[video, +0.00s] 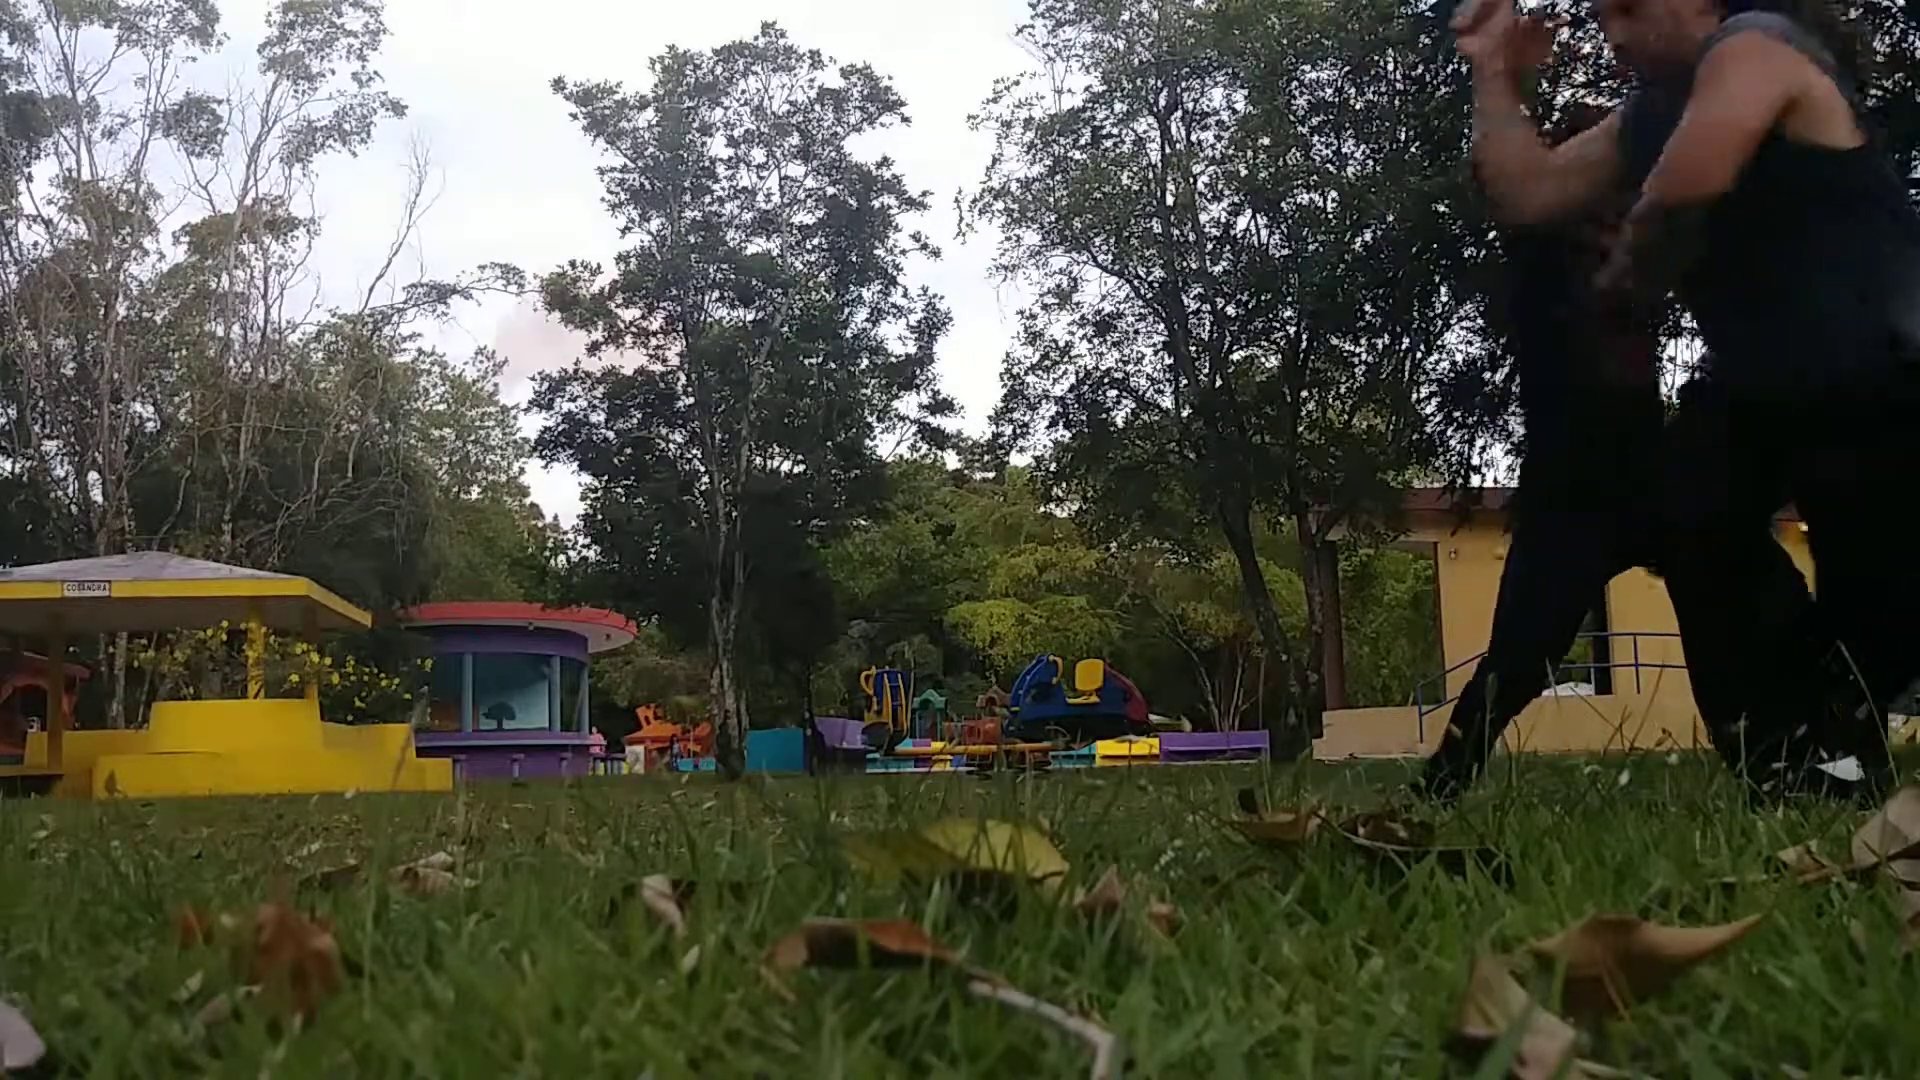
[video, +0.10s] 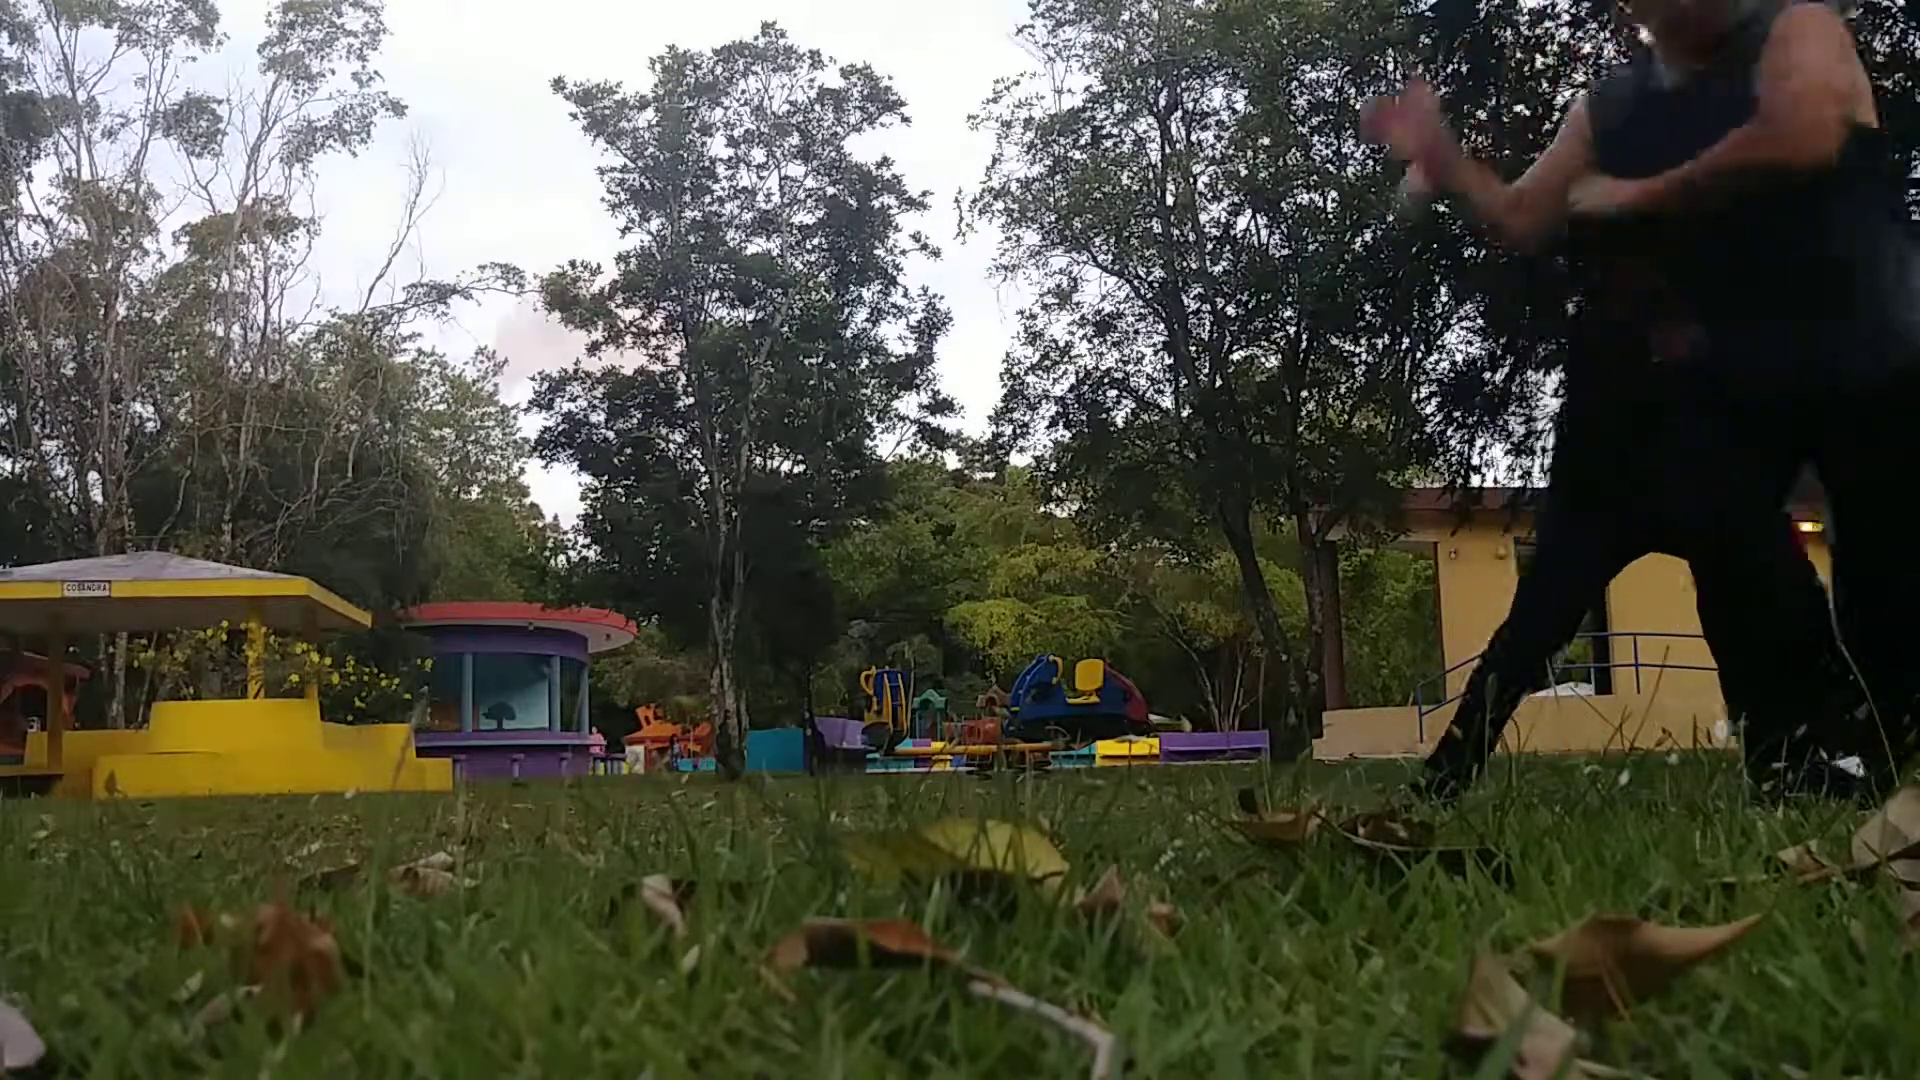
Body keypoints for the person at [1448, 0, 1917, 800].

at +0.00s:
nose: (1611, 35)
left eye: (1622, 14)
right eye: (1606, 21)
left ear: (1687, 3)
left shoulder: (1759, 48)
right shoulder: (1660, 110)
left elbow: (1687, 180)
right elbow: (1525, 191)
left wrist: (1635, 261)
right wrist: (1494, 75)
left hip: (1866, 374)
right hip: (1755, 381)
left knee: (1876, 591)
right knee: (1690, 518)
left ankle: (1839, 746)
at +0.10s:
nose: (1675, 0)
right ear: (1630, 9)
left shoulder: (1802, 25)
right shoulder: (1614, 102)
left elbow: (1804, 135)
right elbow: (1521, 220)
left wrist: (1637, 195)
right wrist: (1443, 155)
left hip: (1867, 367)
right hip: (1727, 384)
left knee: (1888, 574)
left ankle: (1893, 755)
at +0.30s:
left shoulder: (1830, 24)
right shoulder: (1633, 73)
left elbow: (1911, 86)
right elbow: (1562, 220)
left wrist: (1809, 115)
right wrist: (1720, 297)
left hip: (1835, 365)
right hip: (1692, 376)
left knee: (1881, 568)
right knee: (1749, 569)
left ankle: (1897, 761)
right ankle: (1795, 764)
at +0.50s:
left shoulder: (1798, 50)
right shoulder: (1695, 63)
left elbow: (1871, 59)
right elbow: (1625, 211)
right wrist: (1797, 243)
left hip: (1719, 343)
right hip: (1626, 351)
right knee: (1724, 530)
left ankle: (1783, 745)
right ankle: (1711, 759)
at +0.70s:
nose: (1908, 29)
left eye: (1901, 12)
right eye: (1891, 11)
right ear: (1832, 26)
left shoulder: (1805, 122)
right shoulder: (1722, 100)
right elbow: (1614, 245)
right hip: (1570, 345)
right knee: (1758, 522)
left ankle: (1767, 753)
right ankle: (1752, 756)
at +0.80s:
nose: (1870, 88)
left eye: (1872, 67)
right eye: (1862, 68)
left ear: (1784, 48)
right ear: (1814, 62)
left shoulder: (1793, 124)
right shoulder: (1718, 136)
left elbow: (1891, 55)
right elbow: (1626, 284)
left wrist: (1898, 51)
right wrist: (1761, 439)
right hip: (1546, 373)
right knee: (1759, 521)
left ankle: (1679, 748)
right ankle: (1768, 754)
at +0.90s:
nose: (1852, 93)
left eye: (1856, 77)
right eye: (1845, 75)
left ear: (1759, 63)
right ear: (1799, 72)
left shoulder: (1751, 142)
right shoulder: (1706, 150)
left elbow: (1843, 138)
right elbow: (1627, 306)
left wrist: (1888, 121)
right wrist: (1768, 456)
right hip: (1526, 399)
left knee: (1666, 540)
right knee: (1767, 518)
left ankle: (1559, 735)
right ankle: (1782, 755)